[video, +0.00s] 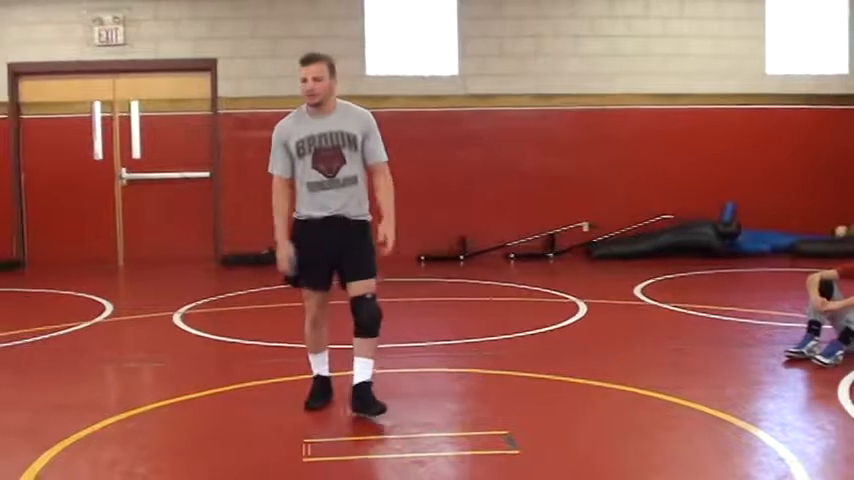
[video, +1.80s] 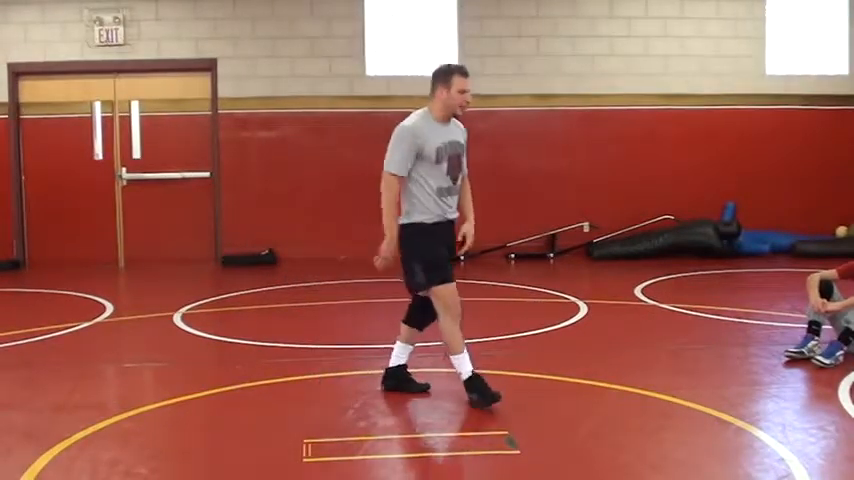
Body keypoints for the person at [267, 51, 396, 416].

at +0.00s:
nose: (310, 86)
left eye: (317, 79)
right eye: (304, 80)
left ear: (333, 82)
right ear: (299, 84)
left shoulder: (361, 120)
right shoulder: (286, 130)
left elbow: (380, 173)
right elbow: (281, 186)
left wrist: (388, 220)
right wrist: (282, 240)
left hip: (355, 226)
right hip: (310, 228)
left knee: (366, 311)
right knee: (314, 309)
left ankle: (362, 388)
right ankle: (321, 380)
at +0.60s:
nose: (335, 89)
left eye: (340, 82)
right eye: (327, 83)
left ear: (347, 84)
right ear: (313, 87)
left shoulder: (367, 121)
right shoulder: (293, 129)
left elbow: (387, 170)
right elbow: (279, 179)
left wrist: (406, 216)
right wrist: (303, 213)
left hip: (362, 222)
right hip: (321, 225)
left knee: (387, 300)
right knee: (321, 304)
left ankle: (387, 372)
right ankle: (322, 380)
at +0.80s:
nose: (368, 89)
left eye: (369, 83)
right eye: (361, 84)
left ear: (366, 86)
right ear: (339, 86)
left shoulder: (380, 122)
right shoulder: (313, 128)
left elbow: (396, 171)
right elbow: (296, 178)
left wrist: (412, 215)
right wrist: (344, 172)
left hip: (375, 222)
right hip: (335, 225)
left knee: (392, 297)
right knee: (330, 305)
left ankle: (392, 371)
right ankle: (324, 379)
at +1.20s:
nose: (422, 94)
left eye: (423, 88)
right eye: (418, 88)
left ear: (407, 88)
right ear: (396, 86)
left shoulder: (417, 128)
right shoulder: (361, 121)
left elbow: (422, 180)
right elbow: (343, 172)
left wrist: (435, 228)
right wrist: (391, 184)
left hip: (403, 222)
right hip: (368, 223)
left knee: (401, 300)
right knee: (364, 302)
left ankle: (392, 371)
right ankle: (347, 375)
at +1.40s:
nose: (438, 98)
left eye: (439, 91)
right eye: (434, 91)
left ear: (425, 91)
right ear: (413, 88)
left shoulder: (430, 131)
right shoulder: (376, 122)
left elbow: (434, 181)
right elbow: (359, 173)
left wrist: (448, 227)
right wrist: (363, 228)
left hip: (412, 223)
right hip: (381, 222)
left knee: (407, 300)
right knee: (396, 298)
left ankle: (391, 370)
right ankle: (402, 375)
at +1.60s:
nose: (452, 100)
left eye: (453, 94)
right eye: (447, 93)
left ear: (435, 93)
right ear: (427, 90)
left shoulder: (443, 130)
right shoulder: (391, 123)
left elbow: (445, 182)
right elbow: (358, 166)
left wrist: (458, 224)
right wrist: (343, 222)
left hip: (424, 223)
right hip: (395, 223)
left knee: (411, 298)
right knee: (430, 293)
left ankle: (392, 370)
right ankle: (457, 368)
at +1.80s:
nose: (467, 99)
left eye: (468, 93)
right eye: (462, 93)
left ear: (457, 94)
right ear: (440, 91)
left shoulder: (459, 131)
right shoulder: (410, 129)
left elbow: (462, 179)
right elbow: (390, 182)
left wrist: (469, 219)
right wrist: (390, 237)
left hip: (445, 227)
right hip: (417, 229)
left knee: (426, 302)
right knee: (450, 305)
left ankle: (395, 370)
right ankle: (470, 381)